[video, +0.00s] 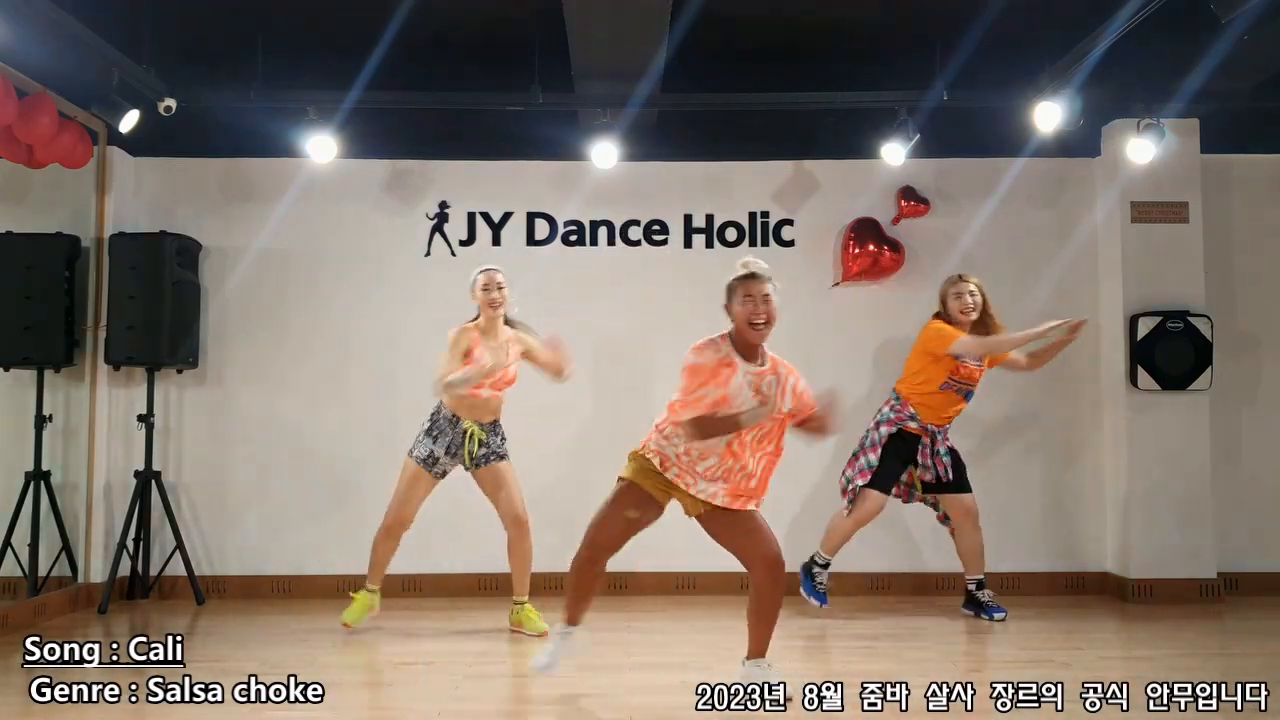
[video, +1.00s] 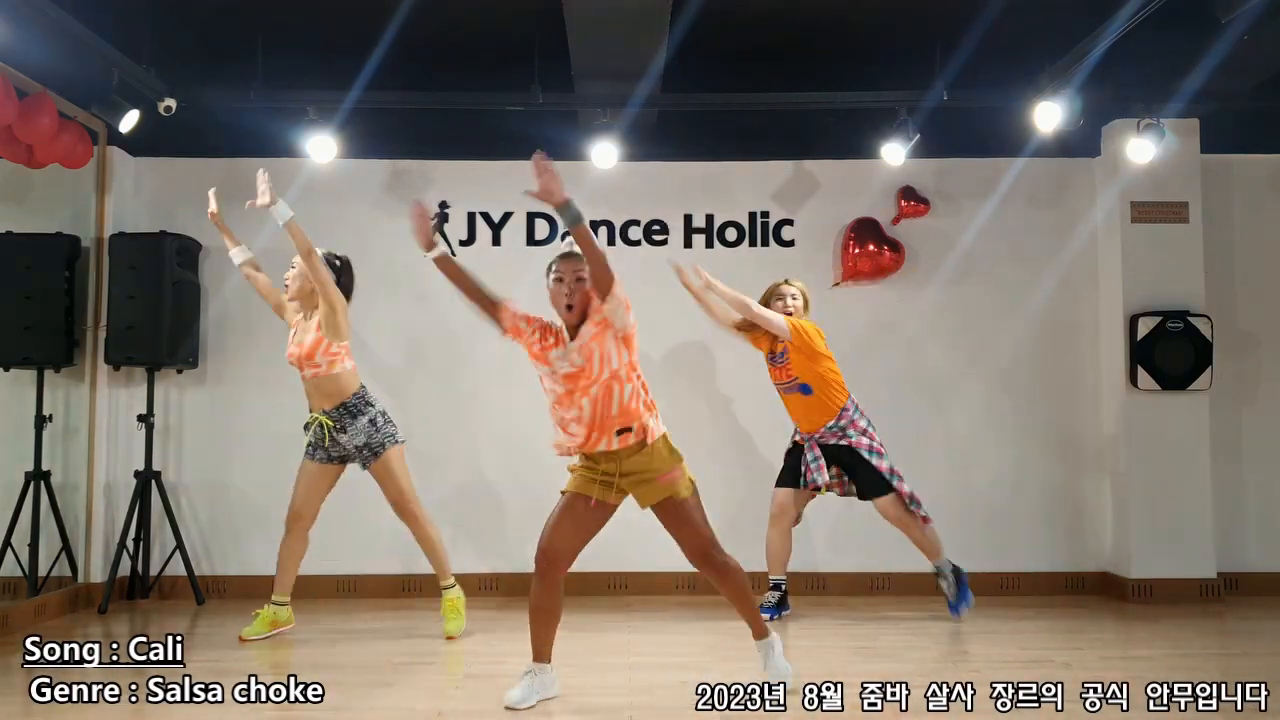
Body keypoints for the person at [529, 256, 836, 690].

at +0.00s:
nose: (759, 309)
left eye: (766, 299)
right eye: (747, 300)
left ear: (776, 307)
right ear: (729, 310)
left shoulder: (783, 376)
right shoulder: (706, 357)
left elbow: (810, 425)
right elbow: (699, 426)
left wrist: (824, 418)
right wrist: (753, 416)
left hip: (719, 489)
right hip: (662, 469)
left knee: (770, 564)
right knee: (595, 544)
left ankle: (755, 666)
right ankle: (568, 631)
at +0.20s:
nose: (708, 293)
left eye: (716, 284)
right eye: (697, 285)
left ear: (727, 293)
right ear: (682, 293)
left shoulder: (740, 360)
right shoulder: (654, 349)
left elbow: (739, 436)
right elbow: (617, 417)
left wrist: (734, 427)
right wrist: (638, 425)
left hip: (703, 472)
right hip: (645, 466)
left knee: (754, 559)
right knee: (603, 554)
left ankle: (755, 665)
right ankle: (602, 663)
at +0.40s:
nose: (666, 274)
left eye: (675, 265)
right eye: (656, 266)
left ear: (687, 275)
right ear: (641, 276)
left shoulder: (707, 329)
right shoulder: (620, 326)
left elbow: (744, 358)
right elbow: (587, 368)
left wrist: (756, 345)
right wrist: (593, 343)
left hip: (677, 455)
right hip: (620, 450)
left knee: (713, 549)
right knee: (601, 557)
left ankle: (689, 656)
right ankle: (602, 663)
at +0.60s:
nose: (641, 283)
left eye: (650, 275)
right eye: (631, 276)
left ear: (664, 286)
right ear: (618, 289)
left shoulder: (690, 341)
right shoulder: (602, 343)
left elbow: (735, 397)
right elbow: (559, 410)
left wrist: (701, 377)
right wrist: (584, 373)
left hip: (673, 471)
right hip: (612, 467)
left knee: (700, 566)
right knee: (547, 539)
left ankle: (672, 666)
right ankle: (557, 647)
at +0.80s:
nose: (598, 288)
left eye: (608, 279)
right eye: (588, 280)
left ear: (623, 287)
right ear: (576, 290)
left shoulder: (648, 339)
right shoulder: (566, 353)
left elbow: (672, 398)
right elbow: (536, 417)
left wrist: (628, 380)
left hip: (657, 469)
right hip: (598, 472)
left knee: (702, 558)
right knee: (549, 557)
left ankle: (682, 662)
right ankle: (537, 668)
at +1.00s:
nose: (569, 287)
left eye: (579, 279)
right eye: (559, 279)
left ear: (596, 287)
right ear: (547, 290)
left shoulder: (612, 326)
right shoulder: (541, 339)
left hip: (650, 457)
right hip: (595, 468)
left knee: (707, 555)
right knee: (548, 560)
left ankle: (767, 641)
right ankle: (540, 672)